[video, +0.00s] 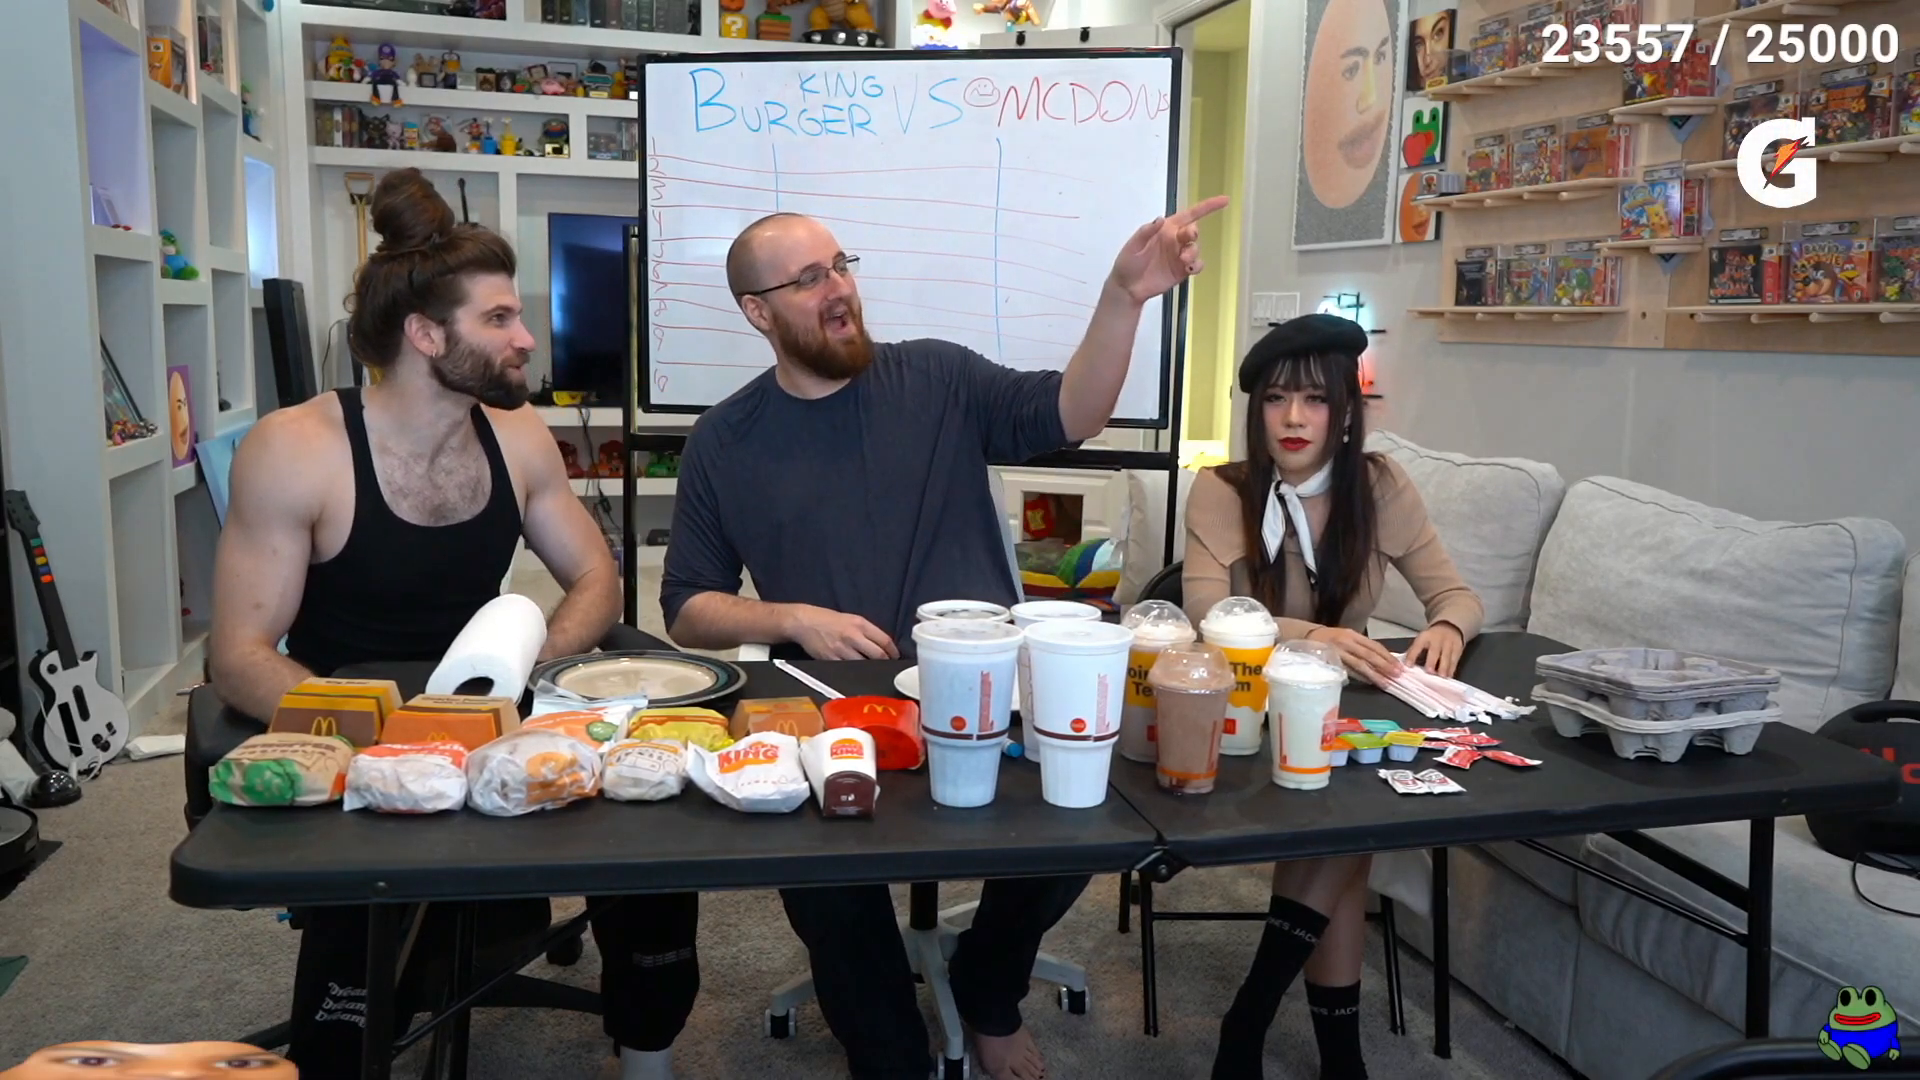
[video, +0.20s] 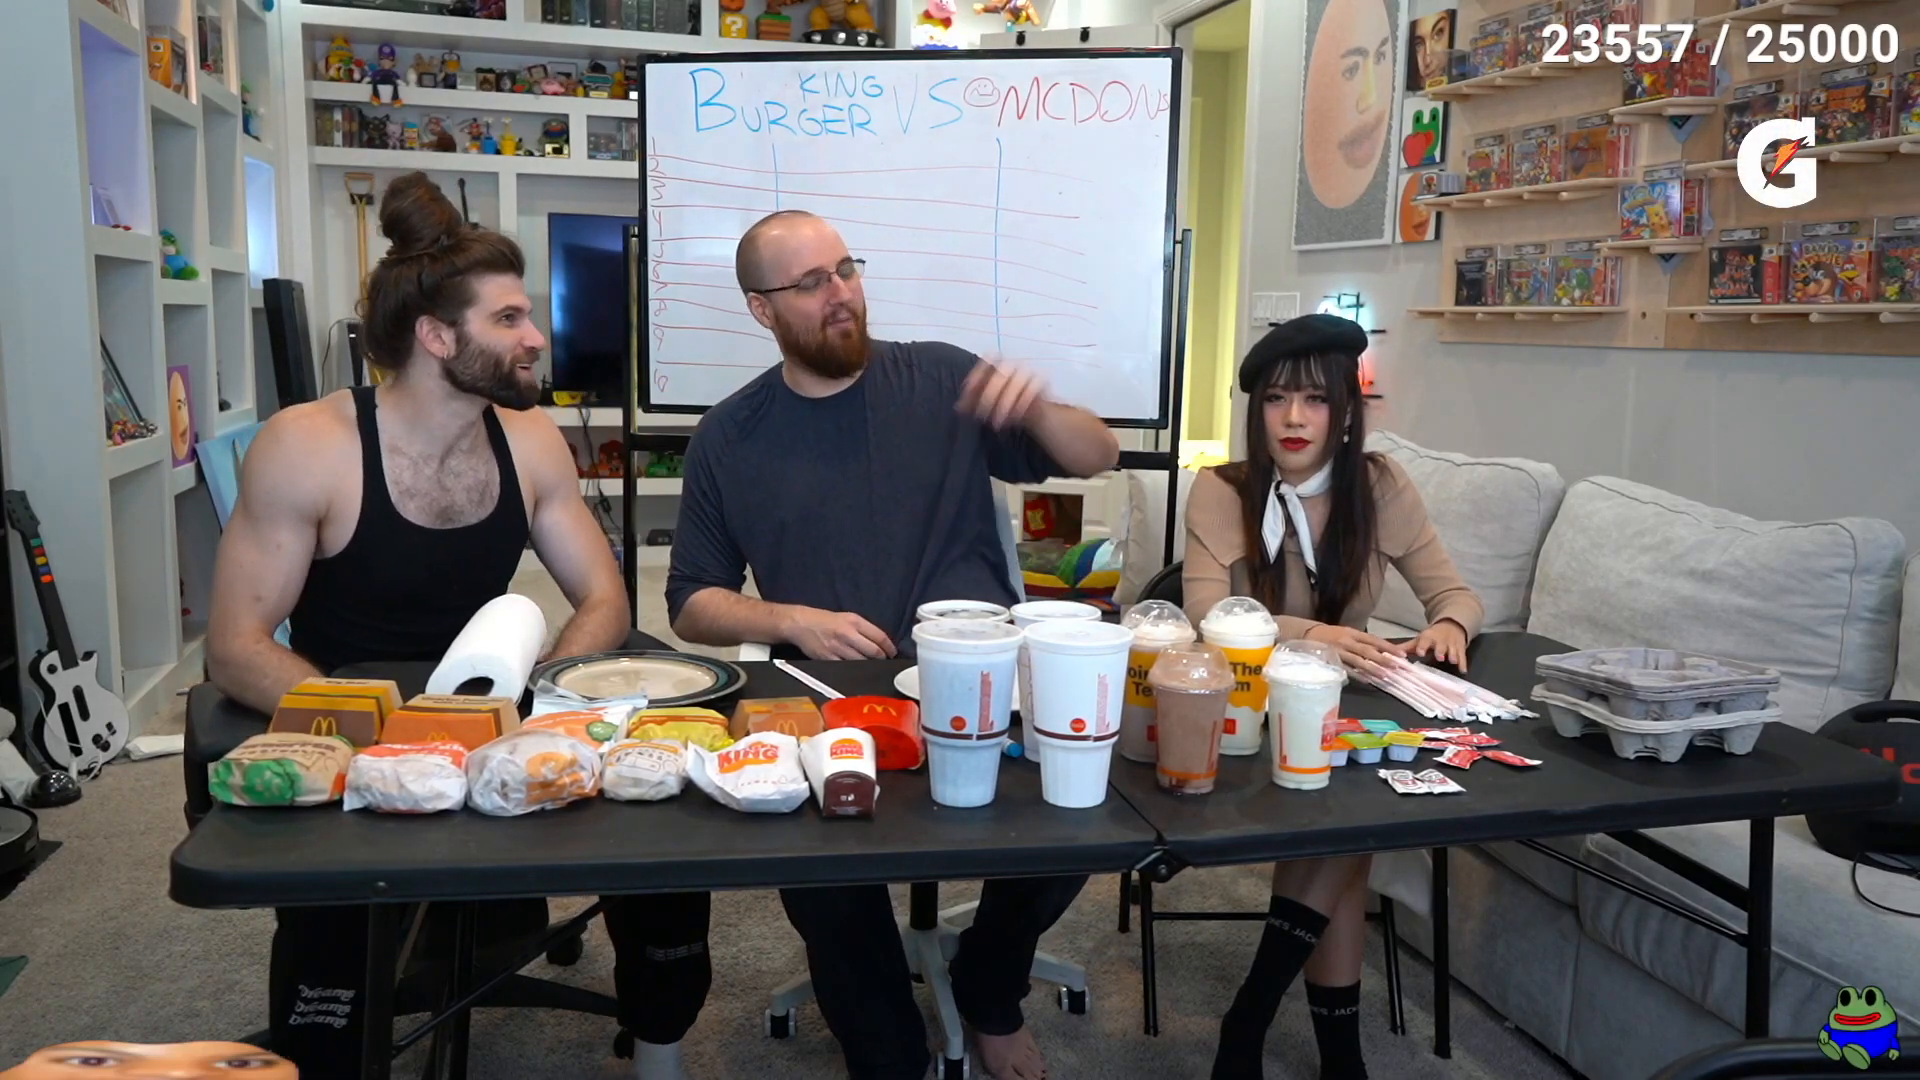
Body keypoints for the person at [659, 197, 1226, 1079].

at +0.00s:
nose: (840, 288)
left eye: (841, 267)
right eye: (809, 279)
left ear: (856, 274)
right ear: (757, 313)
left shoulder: (937, 376)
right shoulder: (724, 442)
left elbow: (1073, 413)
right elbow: (687, 609)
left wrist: (1124, 294)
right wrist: (792, 619)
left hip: (978, 692)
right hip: (825, 710)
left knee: (1072, 824)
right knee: (818, 870)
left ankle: (986, 990)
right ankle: (897, 1062)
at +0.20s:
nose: (840, 292)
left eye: (846, 270)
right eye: (809, 283)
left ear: (862, 277)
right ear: (763, 311)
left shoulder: (945, 378)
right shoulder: (726, 440)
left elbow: (1098, 456)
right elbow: (693, 604)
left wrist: (1039, 410)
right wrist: (797, 622)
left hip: (976, 685)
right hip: (826, 703)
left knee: (1069, 821)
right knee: (816, 863)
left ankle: (987, 992)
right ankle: (893, 1059)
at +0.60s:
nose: (830, 330)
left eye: (851, 305)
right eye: (805, 312)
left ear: (888, 305)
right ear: (782, 325)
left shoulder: (980, 387)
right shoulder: (754, 408)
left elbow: (1086, 447)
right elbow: (721, 475)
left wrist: (1078, 584)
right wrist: (765, 582)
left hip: (981, 675)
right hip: (830, 675)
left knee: (1013, 832)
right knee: (787, 837)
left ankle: (954, 1045)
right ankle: (861, 1056)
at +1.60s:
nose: (703, 262)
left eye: (716, 238)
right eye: (690, 240)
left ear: (795, 189)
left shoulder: (970, 240)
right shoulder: (711, 250)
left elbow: (1090, 373)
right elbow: (740, 390)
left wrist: (1097, 544)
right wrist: (779, 516)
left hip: (934, 571)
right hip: (796, 560)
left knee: (873, 811)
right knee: (763, 798)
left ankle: (898, 1030)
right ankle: (837, 1016)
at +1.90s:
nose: (682, 104)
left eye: (680, 76)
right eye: (672, 82)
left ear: (746, 46)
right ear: (744, 50)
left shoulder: (950, 155)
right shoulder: (763, 150)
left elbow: (1052, 350)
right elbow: (780, 323)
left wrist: (1018, 538)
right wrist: (782, 461)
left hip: (903, 541)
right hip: (776, 514)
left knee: (854, 797)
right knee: (731, 760)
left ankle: (900, 1023)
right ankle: (814, 982)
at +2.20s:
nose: (634, 79)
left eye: (623, 49)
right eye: (621, 55)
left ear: (671, 20)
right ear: (686, 18)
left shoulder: (854, 121)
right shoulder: (765, 122)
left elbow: (972, 335)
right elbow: (827, 328)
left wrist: (894, 521)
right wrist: (784, 485)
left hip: (866, 522)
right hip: (783, 505)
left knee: (850, 771)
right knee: (716, 730)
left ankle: (893, 1025)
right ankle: (770, 980)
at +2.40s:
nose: (602, 86)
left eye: (589, 56)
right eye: (588, 64)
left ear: (621, 23)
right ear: (650, 18)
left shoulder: (783, 93)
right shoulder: (741, 111)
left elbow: (885, 311)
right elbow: (793, 318)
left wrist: (758, 463)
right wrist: (753, 464)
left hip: (860, 481)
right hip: (794, 478)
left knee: (809, 734)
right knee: (692, 691)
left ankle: (897, 1022)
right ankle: (724, 941)